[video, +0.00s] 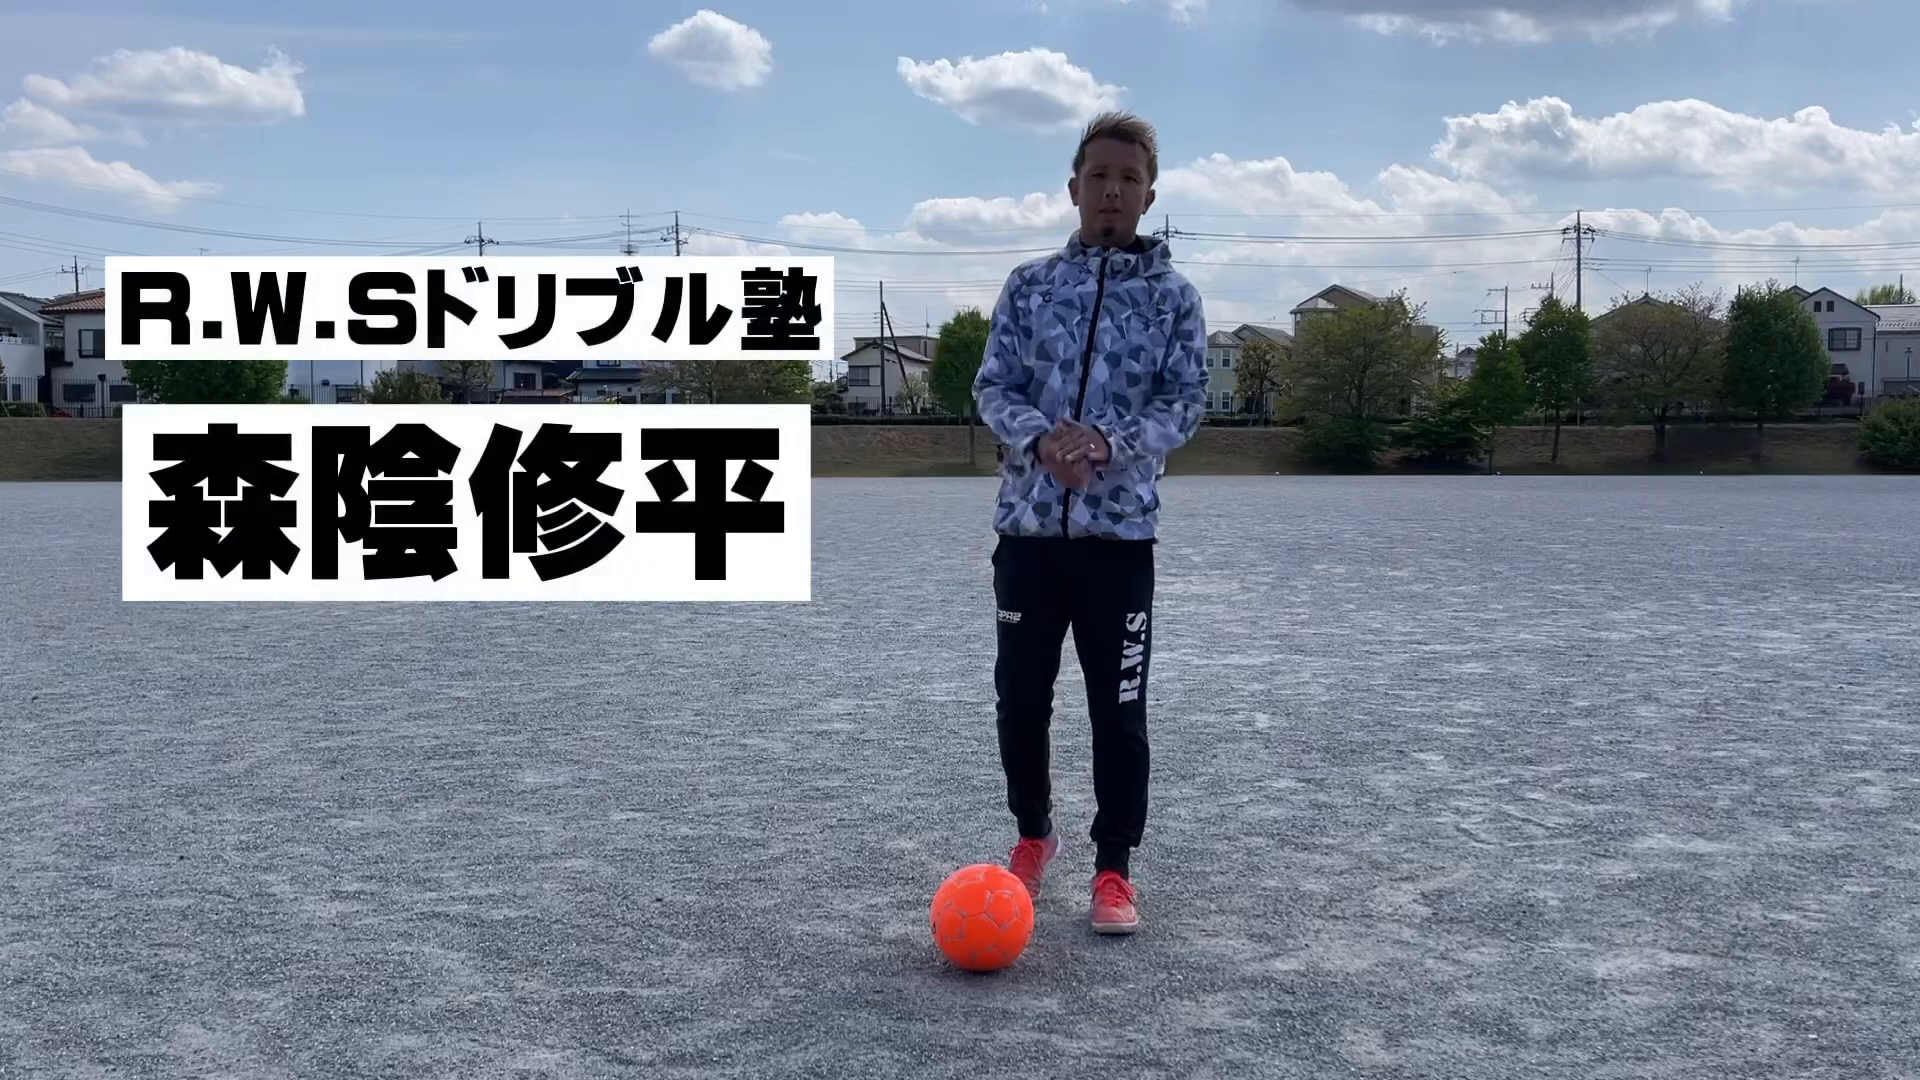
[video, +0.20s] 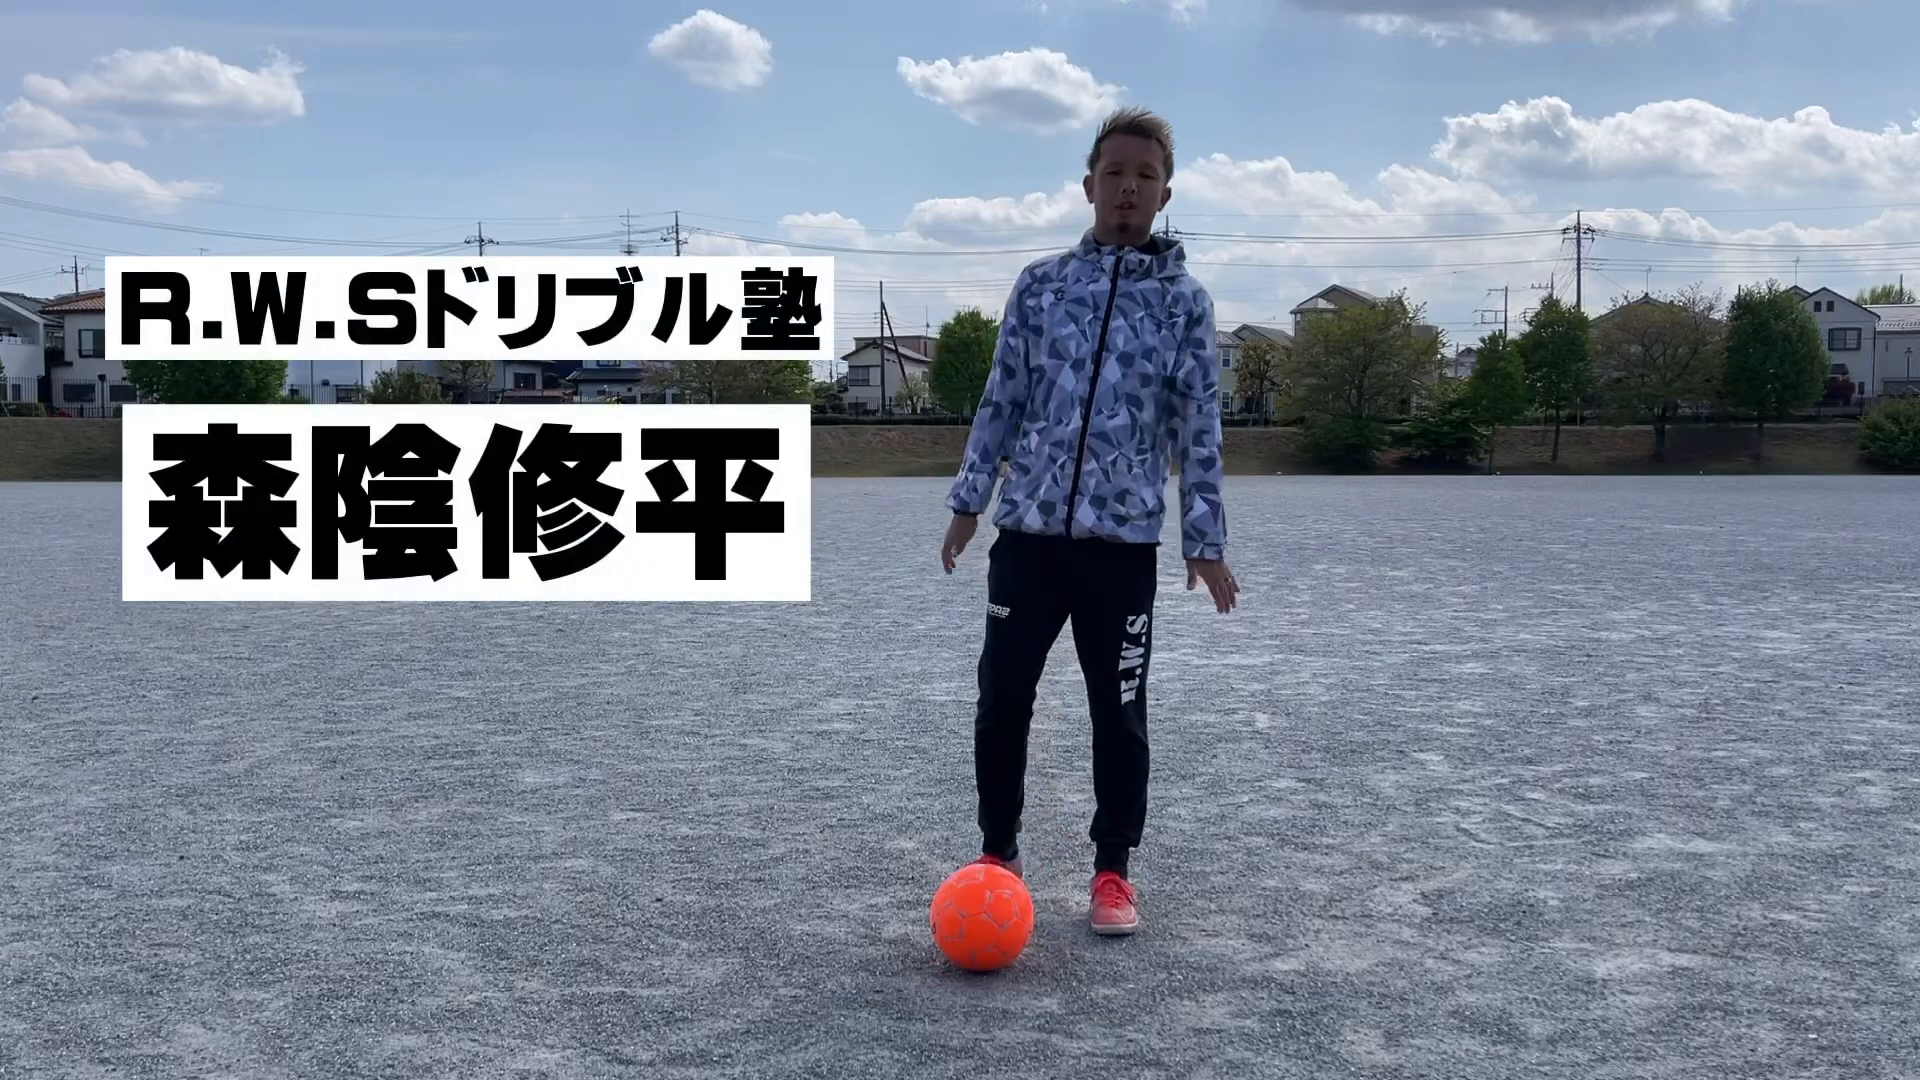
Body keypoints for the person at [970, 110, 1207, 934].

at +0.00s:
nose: (1113, 190)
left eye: (1129, 178)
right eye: (1099, 174)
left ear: (1149, 192)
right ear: (1074, 184)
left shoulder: (1173, 295)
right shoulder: (1030, 282)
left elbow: (1184, 404)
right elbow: (992, 389)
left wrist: (1112, 448)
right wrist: (1041, 435)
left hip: (1119, 532)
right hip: (1028, 527)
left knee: (1118, 705)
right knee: (1019, 698)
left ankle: (1114, 871)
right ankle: (1031, 836)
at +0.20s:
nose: (1129, 187)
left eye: (1145, 175)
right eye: (1115, 172)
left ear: (1166, 190)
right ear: (1090, 182)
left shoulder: (1183, 300)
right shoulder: (1041, 284)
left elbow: (1200, 429)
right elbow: (1000, 403)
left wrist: (1205, 539)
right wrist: (966, 499)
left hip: (1121, 539)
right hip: (1027, 531)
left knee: (1119, 712)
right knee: (1000, 704)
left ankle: (1111, 873)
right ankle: (998, 861)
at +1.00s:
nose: (1010, 173)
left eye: (1023, 158)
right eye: (991, 161)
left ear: (1046, 171)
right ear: (967, 180)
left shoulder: (1093, 280)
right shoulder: (943, 292)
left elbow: (1130, 388)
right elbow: (910, 408)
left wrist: (1087, 471)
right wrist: (946, 466)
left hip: (1068, 541)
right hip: (974, 545)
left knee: (1091, 713)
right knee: (962, 719)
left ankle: (1108, 874)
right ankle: (961, 888)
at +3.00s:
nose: (989, 159)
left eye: (1005, 142)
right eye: (971, 144)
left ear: (1030, 153)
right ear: (946, 158)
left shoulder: (1075, 266)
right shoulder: (914, 275)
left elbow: (1122, 382)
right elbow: (872, 384)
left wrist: (1042, 419)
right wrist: (941, 418)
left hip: (1045, 536)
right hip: (941, 536)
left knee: (1078, 723)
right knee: (927, 725)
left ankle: (1103, 902)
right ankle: (925, 894)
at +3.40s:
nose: (1004, 151)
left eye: (1022, 136)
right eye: (988, 135)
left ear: (1046, 151)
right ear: (963, 150)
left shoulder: (1088, 265)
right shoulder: (927, 269)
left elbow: (1118, 400)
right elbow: (900, 404)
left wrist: (1129, 510)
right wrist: (886, 513)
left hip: (1056, 535)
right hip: (951, 535)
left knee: (1082, 725)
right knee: (933, 727)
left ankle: (1103, 901)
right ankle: (927, 894)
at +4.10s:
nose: (1036, 161)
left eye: (1052, 146)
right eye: (1019, 146)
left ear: (1073, 164)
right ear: (991, 163)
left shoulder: (1107, 279)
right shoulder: (952, 279)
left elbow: (1124, 389)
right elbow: (931, 401)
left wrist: (1064, 454)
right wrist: (998, 444)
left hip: (1069, 542)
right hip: (968, 540)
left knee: (1086, 730)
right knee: (947, 728)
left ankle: (1101, 905)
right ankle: (931, 897)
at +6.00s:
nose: (1010, 164)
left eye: (1029, 150)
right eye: (1000, 151)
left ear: (1069, 166)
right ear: (989, 165)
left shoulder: (1113, 280)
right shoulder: (955, 284)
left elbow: (1150, 395)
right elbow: (917, 398)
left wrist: (1061, 390)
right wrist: (983, 386)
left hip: (1070, 538)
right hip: (970, 537)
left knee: (1084, 728)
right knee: (951, 728)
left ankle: (1098, 898)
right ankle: (934, 893)